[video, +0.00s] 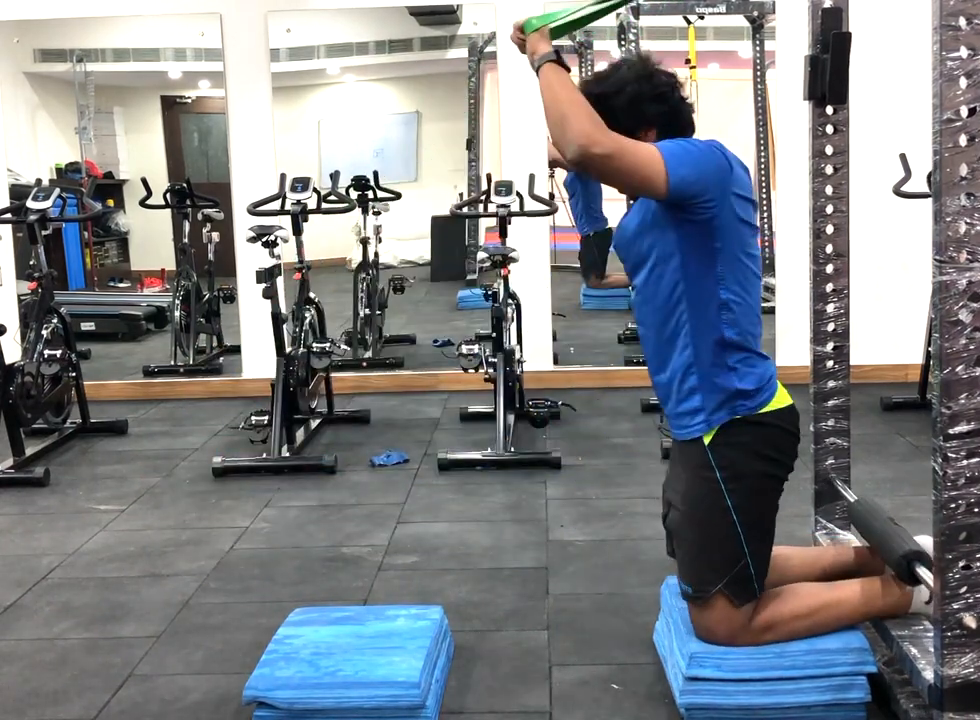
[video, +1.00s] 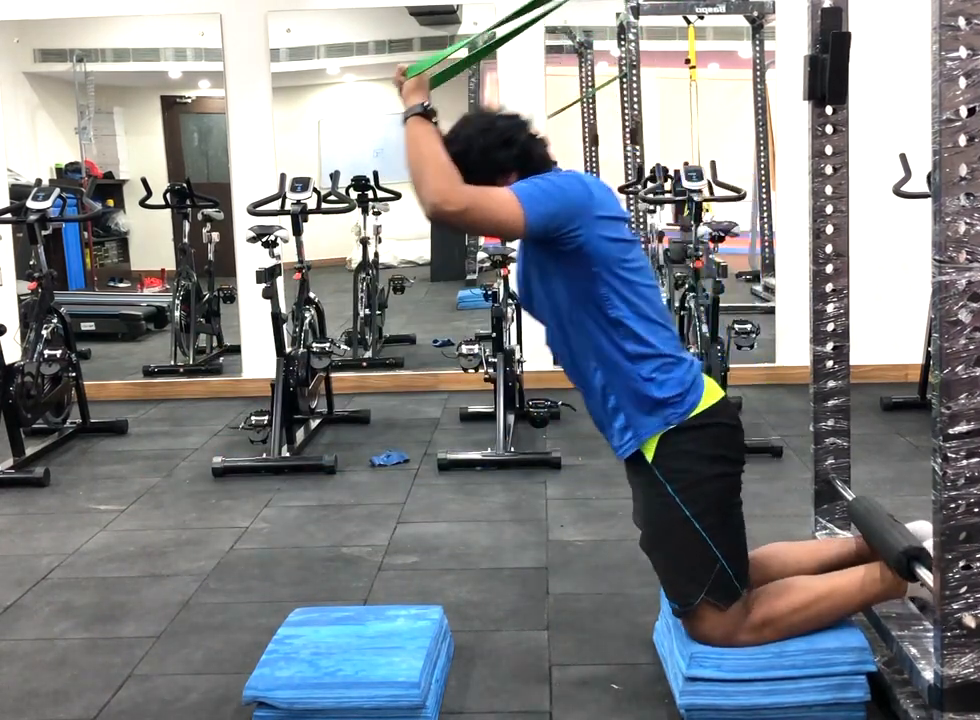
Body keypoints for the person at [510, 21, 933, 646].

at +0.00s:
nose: (606, 155)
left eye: (608, 140)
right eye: (601, 142)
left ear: (641, 132)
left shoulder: (703, 165)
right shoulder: (659, 196)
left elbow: (587, 145)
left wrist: (545, 58)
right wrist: (575, 167)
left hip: (735, 426)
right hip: (699, 427)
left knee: (725, 621)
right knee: (706, 575)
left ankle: (905, 590)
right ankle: (872, 557)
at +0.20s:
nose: (611, 151)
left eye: (615, 137)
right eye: (607, 136)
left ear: (654, 133)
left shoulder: (712, 163)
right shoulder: (671, 194)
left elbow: (595, 149)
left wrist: (551, 60)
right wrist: (583, 164)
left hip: (740, 424)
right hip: (705, 423)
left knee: (725, 620)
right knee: (708, 575)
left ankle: (908, 589)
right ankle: (868, 557)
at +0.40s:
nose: (606, 155)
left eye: (608, 141)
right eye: (602, 143)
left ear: (641, 132)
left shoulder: (702, 165)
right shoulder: (655, 204)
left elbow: (580, 144)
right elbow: (603, 270)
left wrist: (543, 57)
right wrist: (577, 173)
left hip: (731, 425)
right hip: (695, 426)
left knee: (723, 620)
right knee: (708, 580)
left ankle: (904, 589)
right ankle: (871, 557)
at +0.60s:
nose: (574, 165)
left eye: (573, 150)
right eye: (562, 152)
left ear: (604, 139)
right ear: (618, 136)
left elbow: (549, 155)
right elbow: (549, 160)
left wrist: (505, 67)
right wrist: (506, 74)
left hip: (720, 426)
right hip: (683, 428)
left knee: (721, 622)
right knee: (706, 585)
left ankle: (901, 587)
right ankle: (868, 553)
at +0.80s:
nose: (527, 181)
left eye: (525, 166)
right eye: (521, 166)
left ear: (553, 151)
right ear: (571, 144)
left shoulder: (623, 177)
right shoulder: (599, 206)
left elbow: (501, 171)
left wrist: (460, 86)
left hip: (699, 428)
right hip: (673, 431)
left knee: (718, 621)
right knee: (712, 576)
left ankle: (901, 575)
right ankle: (863, 547)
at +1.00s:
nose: (477, 203)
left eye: (476, 189)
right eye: (471, 191)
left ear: (501, 176)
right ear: (520, 156)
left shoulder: (571, 196)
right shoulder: (555, 214)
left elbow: (448, 202)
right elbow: (453, 204)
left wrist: (413, 108)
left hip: (680, 431)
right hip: (656, 434)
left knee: (721, 624)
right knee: (709, 583)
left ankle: (900, 579)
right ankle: (865, 544)